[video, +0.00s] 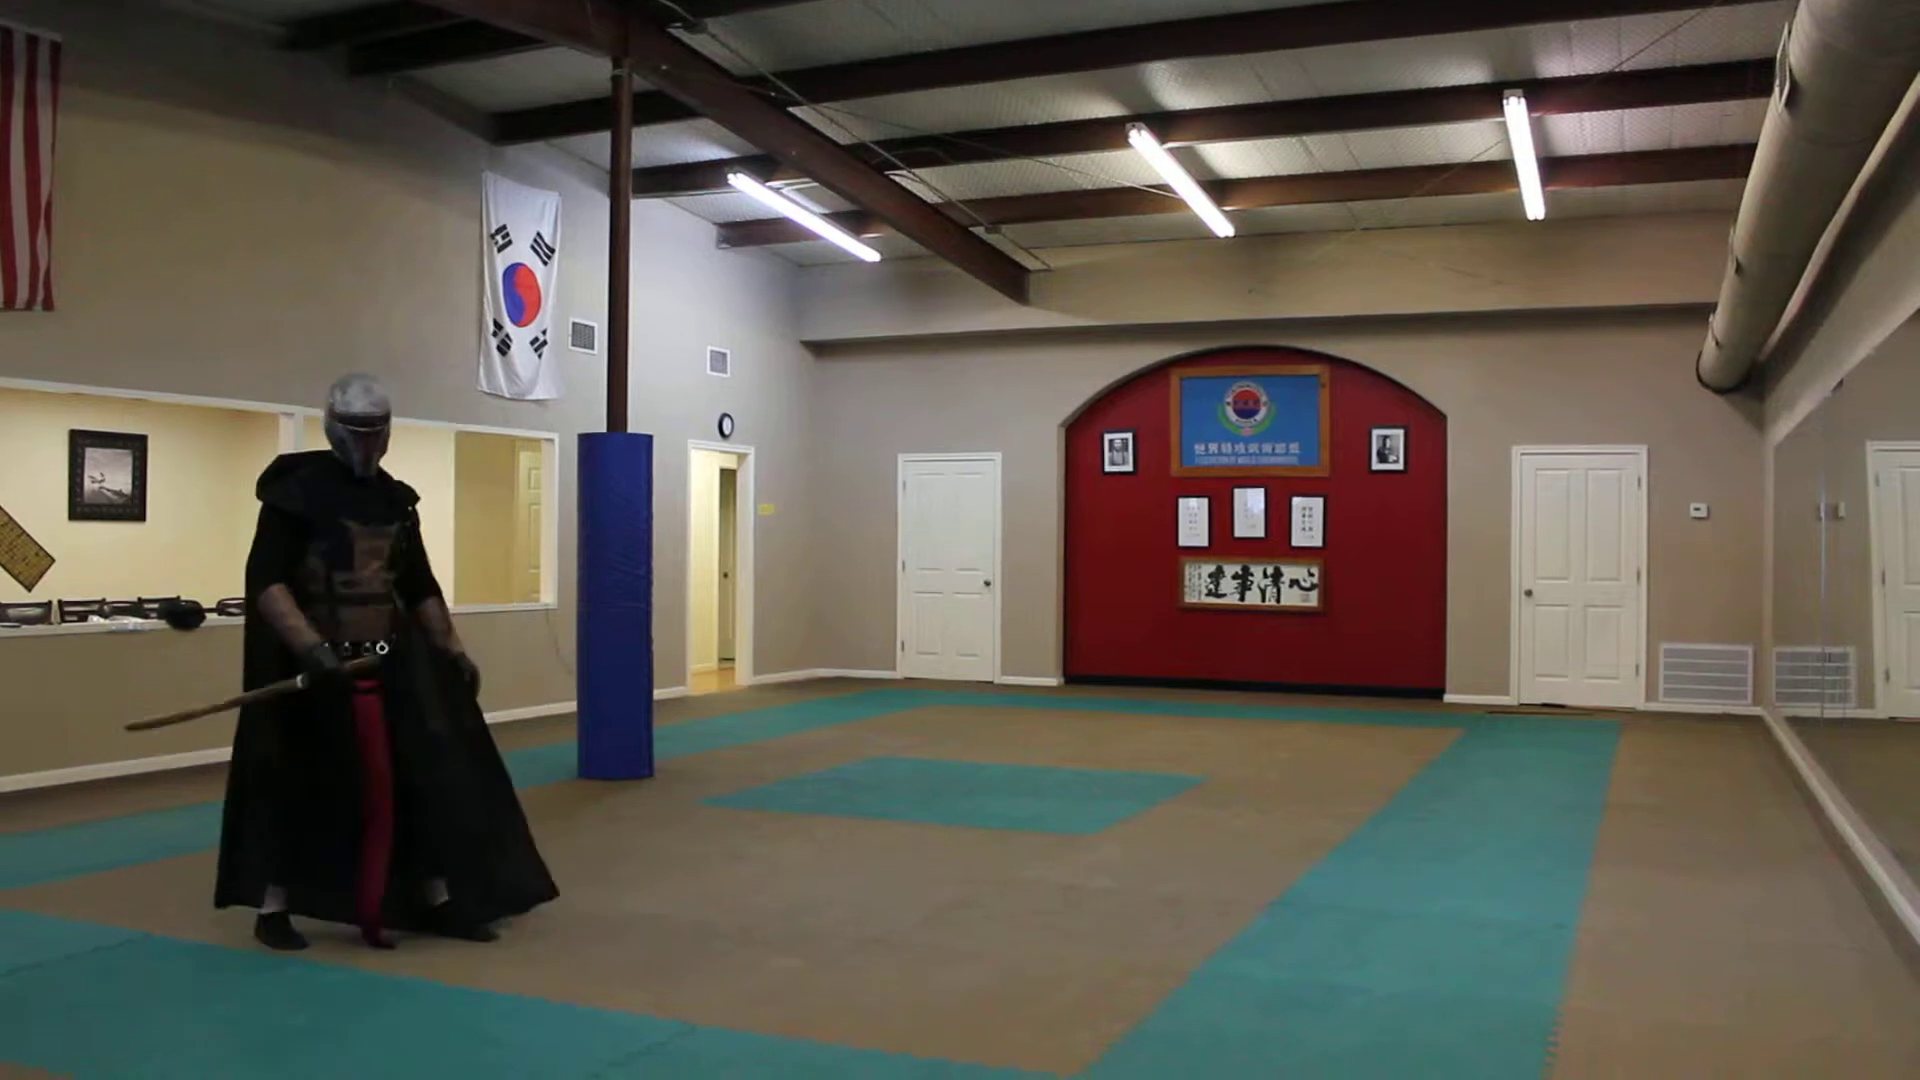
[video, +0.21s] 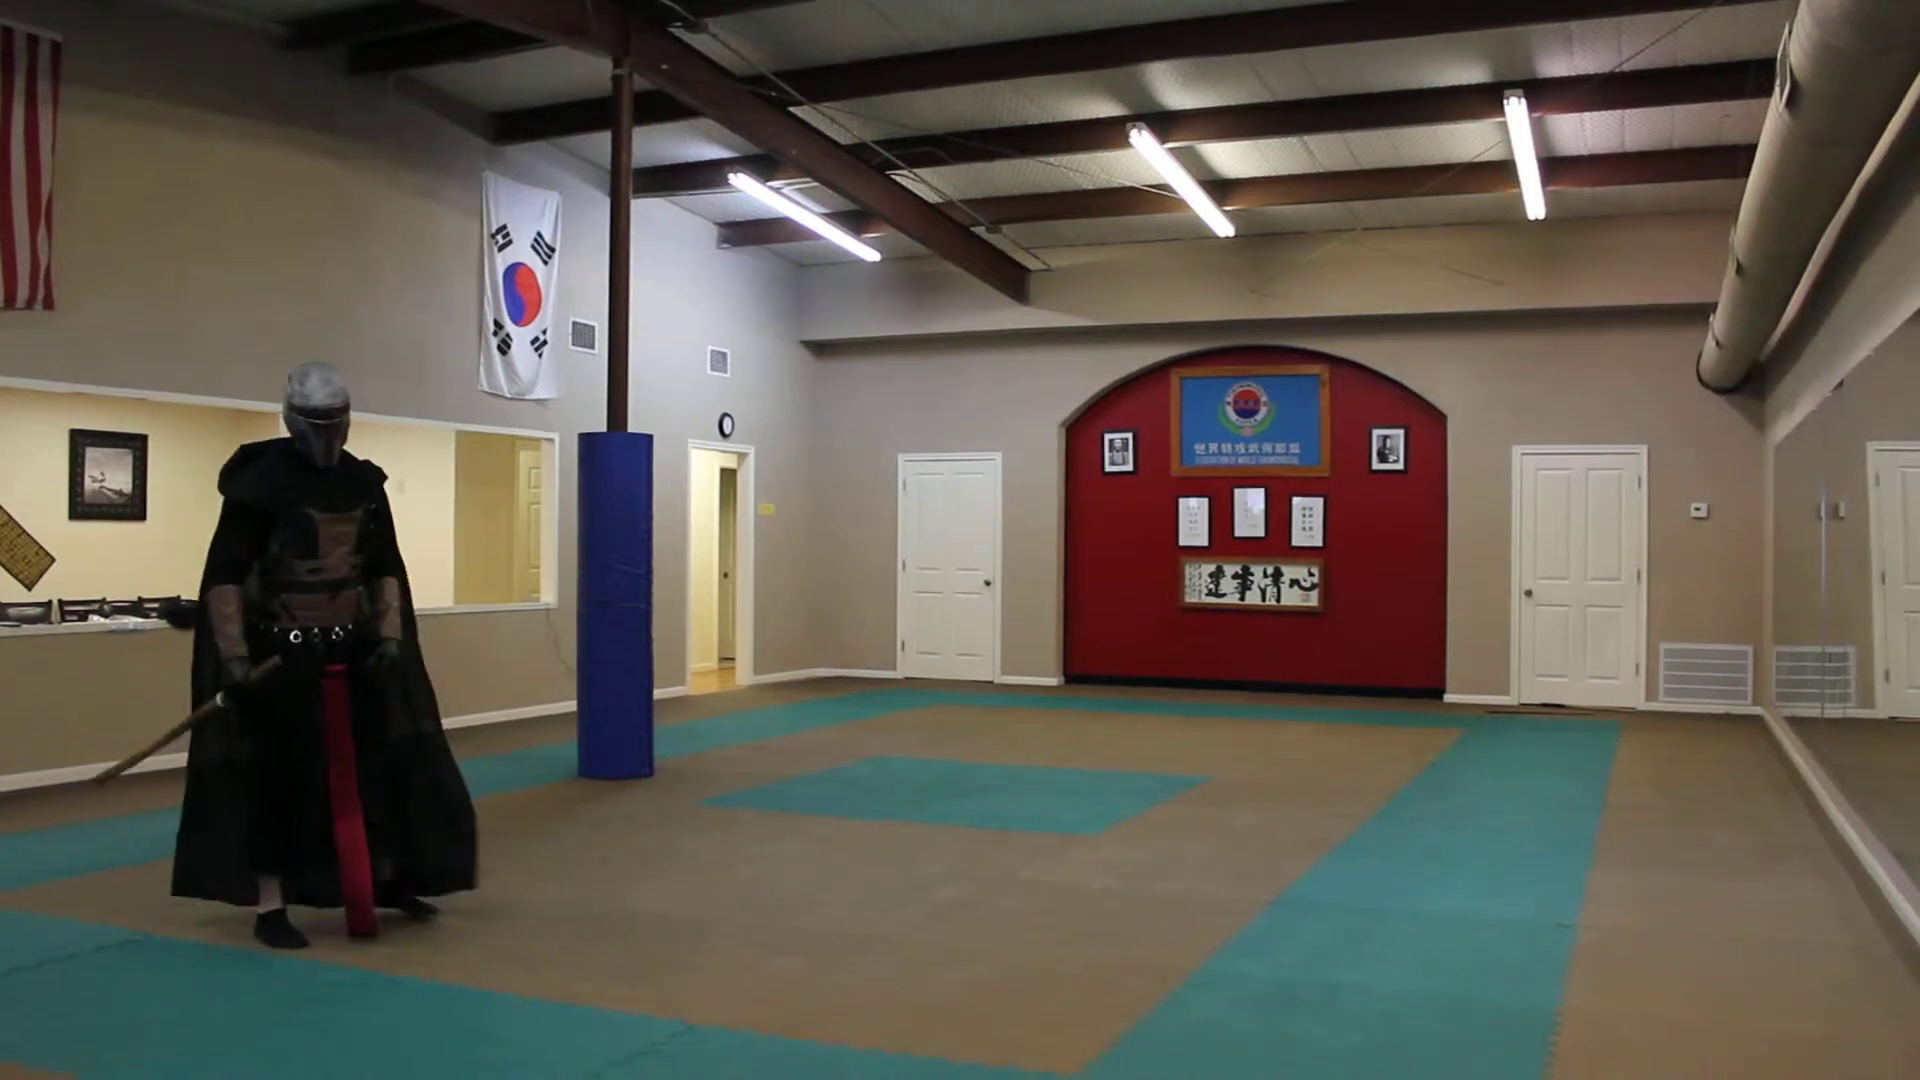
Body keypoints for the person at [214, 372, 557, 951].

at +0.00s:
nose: (366, 441)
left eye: (377, 429)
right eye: (354, 428)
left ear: (390, 430)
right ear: (330, 427)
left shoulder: (395, 500)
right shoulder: (297, 486)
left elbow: (419, 585)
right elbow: (264, 578)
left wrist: (453, 649)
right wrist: (310, 647)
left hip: (390, 665)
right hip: (311, 665)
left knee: (423, 775)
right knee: (293, 782)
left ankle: (434, 898)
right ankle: (273, 908)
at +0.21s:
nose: (330, 432)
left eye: (338, 420)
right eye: (317, 421)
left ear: (349, 416)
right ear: (291, 418)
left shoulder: (363, 482)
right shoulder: (259, 479)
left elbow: (386, 567)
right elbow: (222, 576)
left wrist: (391, 638)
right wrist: (235, 658)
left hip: (354, 654)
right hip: (280, 656)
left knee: (383, 765)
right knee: (274, 779)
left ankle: (388, 881)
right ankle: (272, 905)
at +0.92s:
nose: (297, 433)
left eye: (306, 422)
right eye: (284, 422)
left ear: (319, 423)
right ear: (262, 421)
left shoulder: (325, 491)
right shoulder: (229, 476)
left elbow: (342, 577)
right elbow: (191, 563)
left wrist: (361, 645)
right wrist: (209, 634)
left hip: (305, 651)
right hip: (238, 648)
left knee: (288, 759)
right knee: (231, 759)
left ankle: (268, 866)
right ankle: (215, 881)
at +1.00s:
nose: (291, 434)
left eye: (299, 423)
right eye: (278, 423)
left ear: (311, 423)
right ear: (255, 423)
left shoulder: (318, 492)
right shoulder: (224, 478)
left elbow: (334, 578)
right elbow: (192, 565)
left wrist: (346, 644)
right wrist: (214, 634)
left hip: (299, 652)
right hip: (231, 650)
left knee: (289, 759)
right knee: (216, 759)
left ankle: (276, 867)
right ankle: (198, 882)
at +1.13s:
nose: (282, 434)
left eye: (289, 422)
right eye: (270, 423)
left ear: (300, 423)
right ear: (246, 424)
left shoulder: (307, 491)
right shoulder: (215, 476)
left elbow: (319, 580)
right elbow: (190, 566)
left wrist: (332, 645)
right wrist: (215, 637)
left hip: (288, 651)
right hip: (220, 649)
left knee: (283, 757)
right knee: (206, 759)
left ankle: (273, 864)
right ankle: (193, 886)